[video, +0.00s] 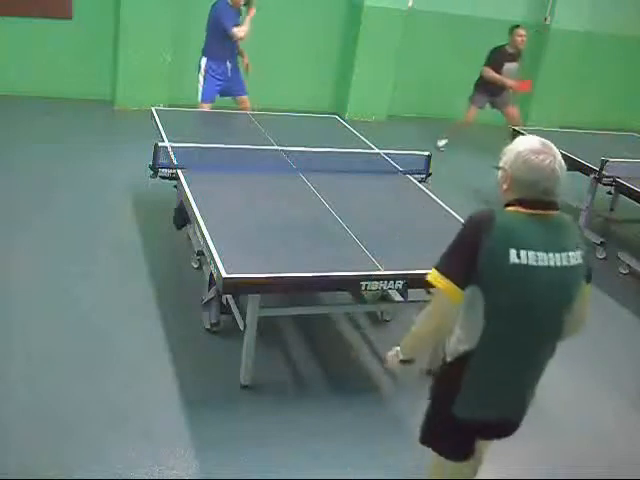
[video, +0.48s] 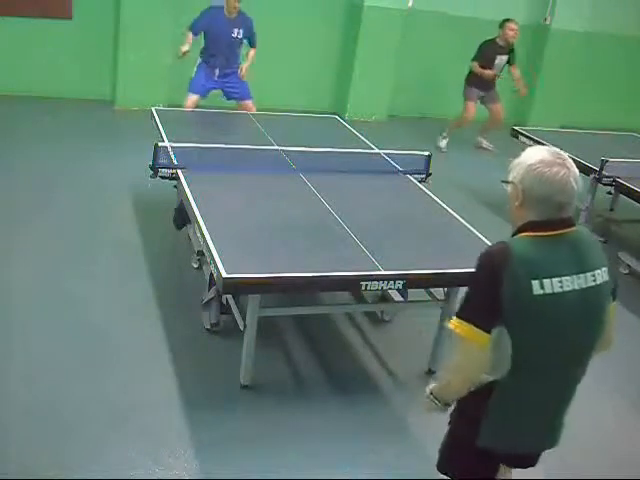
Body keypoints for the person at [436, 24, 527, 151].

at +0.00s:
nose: (522, 40)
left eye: (524, 36)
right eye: (519, 36)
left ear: (526, 39)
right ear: (511, 37)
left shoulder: (518, 55)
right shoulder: (498, 52)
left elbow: (508, 73)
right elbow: (486, 72)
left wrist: (514, 85)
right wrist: (508, 82)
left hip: (501, 91)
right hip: (483, 89)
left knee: (514, 117)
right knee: (469, 120)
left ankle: (518, 147)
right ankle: (446, 138)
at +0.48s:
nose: (514, 34)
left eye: (516, 31)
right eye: (510, 30)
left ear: (517, 33)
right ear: (501, 31)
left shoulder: (510, 49)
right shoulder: (487, 45)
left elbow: (513, 67)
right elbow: (473, 64)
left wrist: (520, 85)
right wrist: (484, 73)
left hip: (489, 86)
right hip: (473, 84)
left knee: (497, 117)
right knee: (469, 116)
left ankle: (481, 138)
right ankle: (446, 134)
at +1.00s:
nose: (489, 53)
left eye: (491, 50)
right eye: (486, 50)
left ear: (496, 49)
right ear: (481, 50)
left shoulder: (503, 58)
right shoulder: (476, 63)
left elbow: (513, 74)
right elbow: (474, 86)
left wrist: (520, 94)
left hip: (497, 95)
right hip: (479, 94)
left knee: (513, 122)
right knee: (473, 121)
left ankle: (506, 148)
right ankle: (455, 147)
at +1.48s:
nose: (528, 42)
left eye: (530, 39)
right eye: (524, 39)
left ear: (532, 41)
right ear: (517, 40)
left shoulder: (529, 55)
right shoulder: (510, 55)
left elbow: (533, 73)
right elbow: (527, 74)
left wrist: (539, 91)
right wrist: (553, 69)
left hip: (510, 93)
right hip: (493, 92)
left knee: (523, 123)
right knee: (486, 122)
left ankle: (512, 149)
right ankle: (461, 148)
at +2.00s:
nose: (546, 40)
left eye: (548, 37)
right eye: (543, 36)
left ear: (550, 39)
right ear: (536, 37)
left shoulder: (544, 54)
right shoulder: (522, 52)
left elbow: (545, 72)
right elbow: (507, 72)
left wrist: (550, 86)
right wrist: (520, 81)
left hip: (524, 91)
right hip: (508, 90)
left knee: (530, 123)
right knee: (500, 123)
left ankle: (513, 145)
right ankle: (495, 149)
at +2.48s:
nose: (568, 52)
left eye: (571, 48)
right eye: (565, 48)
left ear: (574, 49)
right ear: (560, 48)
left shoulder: (577, 64)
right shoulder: (551, 65)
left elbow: (586, 79)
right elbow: (543, 88)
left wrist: (596, 97)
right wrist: (535, 109)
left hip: (565, 105)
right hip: (547, 104)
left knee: (572, 135)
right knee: (526, 131)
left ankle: (569, 172)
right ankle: (503, 152)